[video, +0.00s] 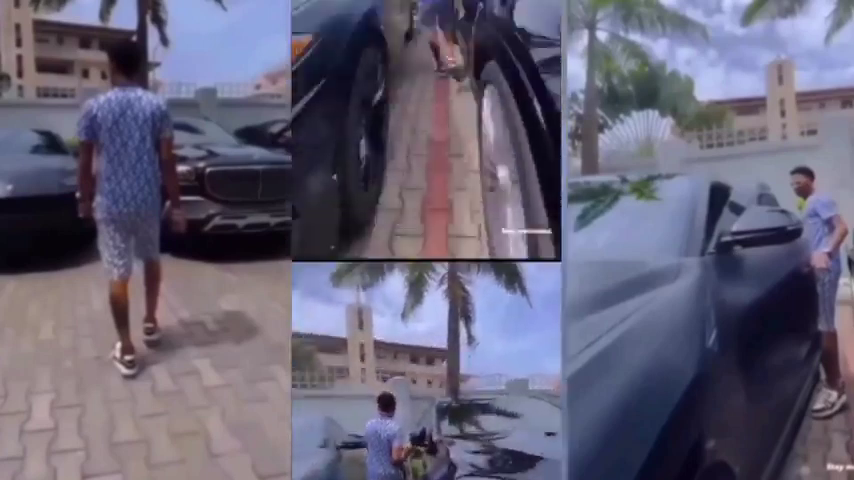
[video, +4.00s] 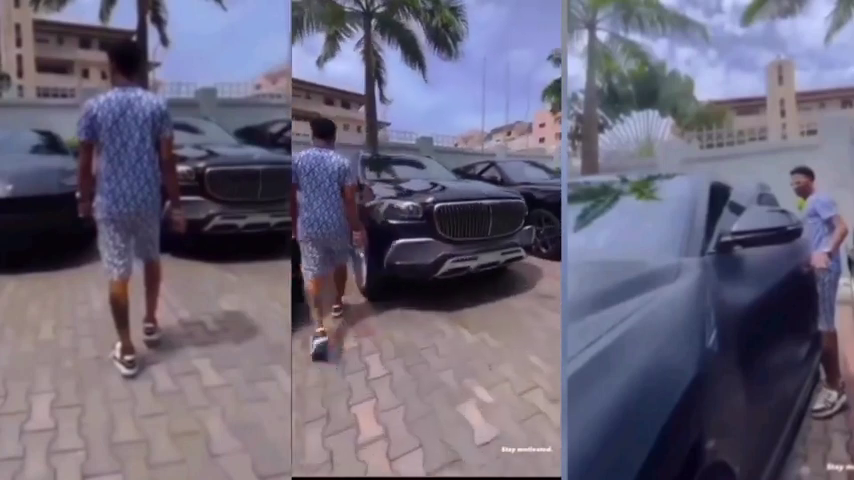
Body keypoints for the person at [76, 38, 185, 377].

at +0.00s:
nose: (112, 71)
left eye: (111, 66)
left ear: (112, 67)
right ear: (142, 67)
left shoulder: (95, 107)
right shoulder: (155, 105)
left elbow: (85, 161)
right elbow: (167, 159)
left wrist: (85, 199)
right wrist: (175, 202)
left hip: (110, 201)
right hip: (147, 200)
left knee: (118, 273)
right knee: (151, 260)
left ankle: (125, 348)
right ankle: (150, 319)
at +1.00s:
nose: (110, 72)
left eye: (110, 66)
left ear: (112, 68)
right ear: (142, 67)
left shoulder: (96, 107)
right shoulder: (156, 106)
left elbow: (85, 161)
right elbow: (167, 160)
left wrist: (85, 199)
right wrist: (175, 202)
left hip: (110, 201)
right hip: (147, 200)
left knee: (118, 273)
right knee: (151, 260)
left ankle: (125, 348)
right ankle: (150, 319)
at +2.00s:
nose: (110, 72)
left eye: (110, 66)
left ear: (112, 68)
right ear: (142, 67)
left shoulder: (96, 107)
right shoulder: (156, 106)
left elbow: (85, 161)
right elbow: (167, 160)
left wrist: (85, 199)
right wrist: (175, 202)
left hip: (110, 201)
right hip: (147, 200)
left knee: (118, 273)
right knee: (151, 260)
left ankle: (125, 348)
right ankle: (150, 319)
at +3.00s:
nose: (110, 71)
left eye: (110, 66)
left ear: (112, 68)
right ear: (142, 67)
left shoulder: (95, 107)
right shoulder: (156, 106)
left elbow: (85, 161)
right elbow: (167, 160)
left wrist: (84, 199)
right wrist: (175, 202)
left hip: (110, 201)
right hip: (147, 200)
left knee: (118, 273)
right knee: (151, 260)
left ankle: (125, 348)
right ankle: (150, 319)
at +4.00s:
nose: (110, 71)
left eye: (110, 66)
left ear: (112, 68)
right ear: (142, 67)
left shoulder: (95, 107)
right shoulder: (156, 106)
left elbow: (85, 161)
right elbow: (167, 160)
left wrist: (84, 199)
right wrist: (175, 202)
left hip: (110, 201)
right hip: (147, 200)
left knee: (118, 273)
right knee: (151, 260)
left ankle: (125, 348)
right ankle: (150, 319)